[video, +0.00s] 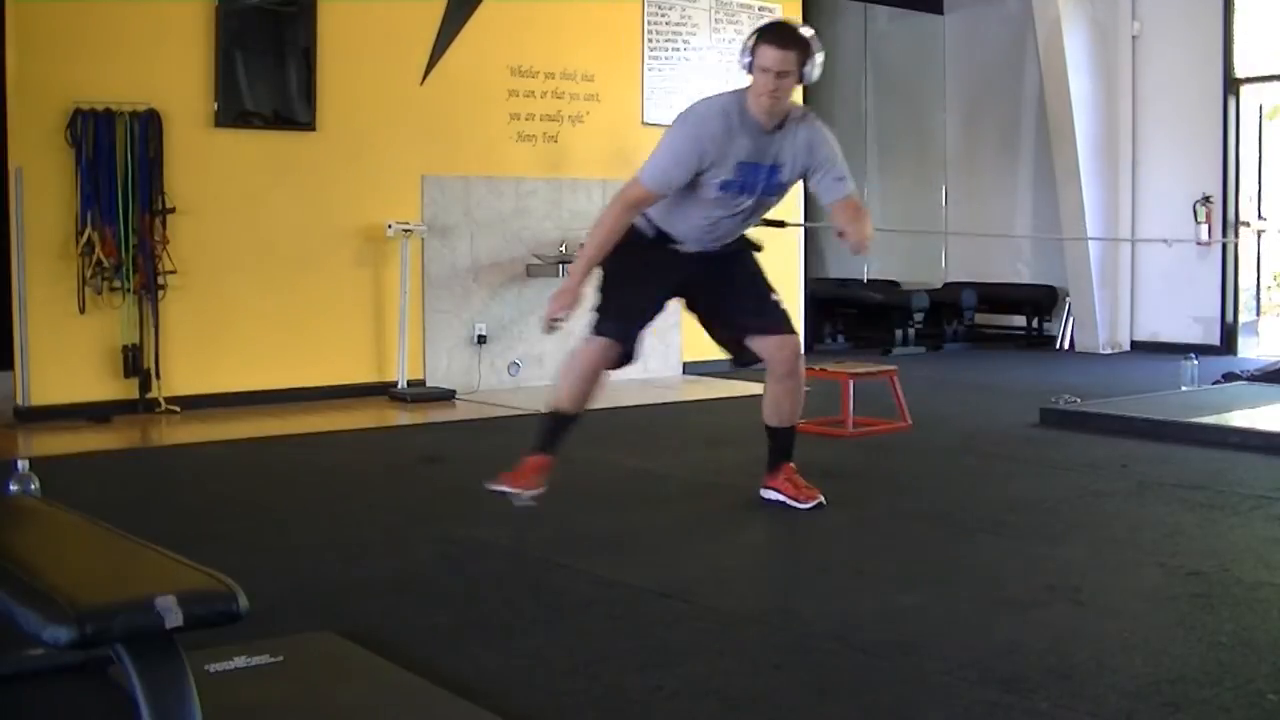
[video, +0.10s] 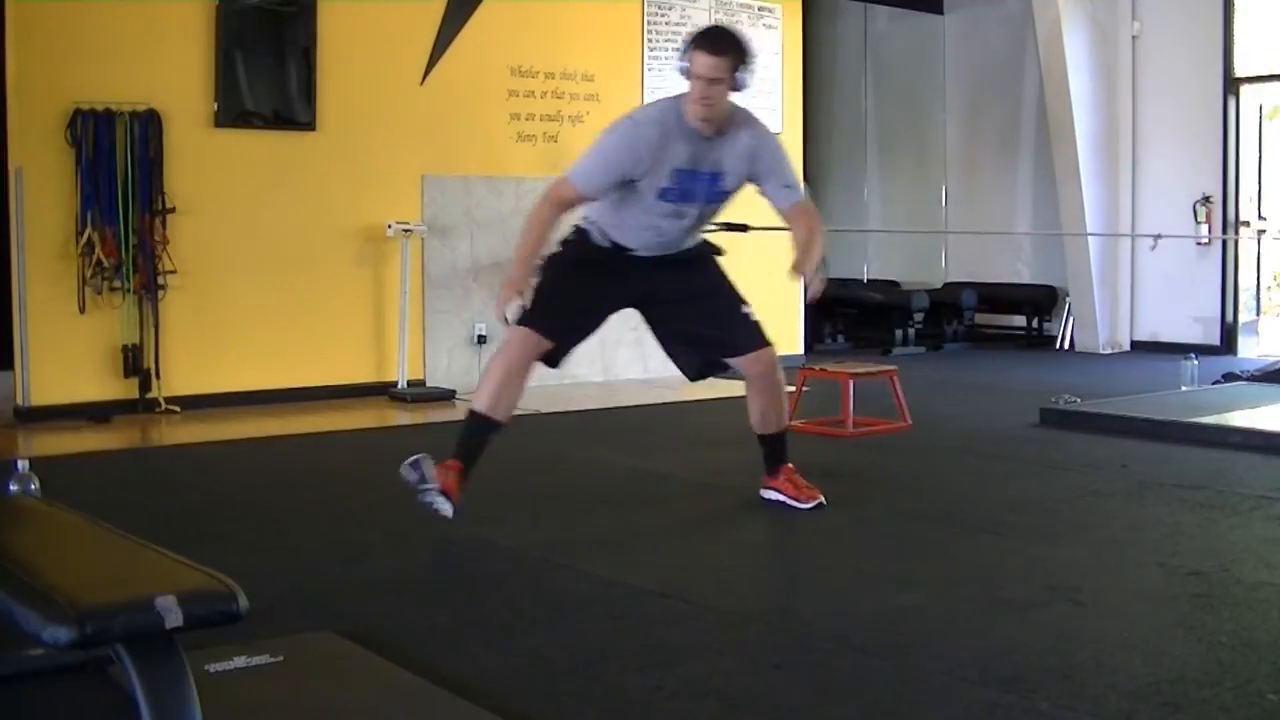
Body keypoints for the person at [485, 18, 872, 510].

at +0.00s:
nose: (769, 85)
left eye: (782, 76)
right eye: (762, 71)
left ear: (801, 80)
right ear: (749, 68)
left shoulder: (811, 138)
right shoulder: (707, 122)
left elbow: (844, 203)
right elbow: (630, 201)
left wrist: (856, 228)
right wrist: (573, 281)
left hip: (721, 252)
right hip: (650, 243)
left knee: (784, 351)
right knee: (604, 346)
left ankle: (779, 473)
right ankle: (538, 461)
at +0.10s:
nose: (705, 93)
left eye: (718, 83)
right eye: (697, 80)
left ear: (737, 83)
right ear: (685, 75)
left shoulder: (754, 142)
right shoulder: (643, 131)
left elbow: (804, 216)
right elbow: (556, 197)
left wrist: (808, 259)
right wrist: (520, 269)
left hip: (680, 259)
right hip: (600, 252)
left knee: (761, 361)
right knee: (522, 340)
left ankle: (778, 476)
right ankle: (454, 474)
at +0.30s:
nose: (536, 72)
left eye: (551, 60)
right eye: (527, 58)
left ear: (578, 57)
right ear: (516, 53)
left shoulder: (607, 110)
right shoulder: (483, 104)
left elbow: (652, 193)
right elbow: (391, 173)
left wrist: (674, 289)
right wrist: (423, 225)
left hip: (559, 246)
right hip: (473, 242)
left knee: (641, 349)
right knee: (417, 346)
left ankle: (676, 467)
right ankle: (428, 501)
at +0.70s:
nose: (305, 277)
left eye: (320, 264)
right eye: (295, 263)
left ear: (347, 252)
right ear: (277, 249)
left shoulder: (381, 274)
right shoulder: (254, 281)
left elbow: (397, 408)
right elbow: (183, 392)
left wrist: (401, 532)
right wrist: (125, 507)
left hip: (371, 307)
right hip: (281, 312)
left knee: (468, 386)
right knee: (196, 399)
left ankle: (527, 499)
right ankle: (127, 524)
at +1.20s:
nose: (559, 94)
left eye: (560, 82)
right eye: (549, 83)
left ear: (518, 85)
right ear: (507, 85)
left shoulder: (562, 148)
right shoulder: (434, 135)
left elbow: (569, 247)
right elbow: (343, 170)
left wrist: (500, 260)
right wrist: (278, 233)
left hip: (490, 271)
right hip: (412, 259)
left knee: (569, 351)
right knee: (349, 368)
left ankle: (539, 494)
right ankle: (242, 497)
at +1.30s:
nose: (611, 59)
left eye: (613, 48)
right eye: (601, 49)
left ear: (581, 53)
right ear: (564, 52)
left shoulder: (615, 110)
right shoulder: (496, 109)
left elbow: (636, 193)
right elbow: (398, 158)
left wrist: (592, 228)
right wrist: (346, 241)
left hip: (551, 236)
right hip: (477, 231)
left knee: (630, 326)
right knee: (457, 331)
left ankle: (571, 473)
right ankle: (454, 472)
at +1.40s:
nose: (659, 46)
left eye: (659, 35)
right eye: (649, 36)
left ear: (642, 39)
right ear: (609, 39)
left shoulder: (665, 99)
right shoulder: (550, 104)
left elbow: (693, 188)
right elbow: (453, 161)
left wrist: (676, 261)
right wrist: (411, 249)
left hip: (623, 234)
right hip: (548, 236)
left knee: (704, 325)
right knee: (560, 340)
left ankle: (670, 448)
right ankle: (591, 487)